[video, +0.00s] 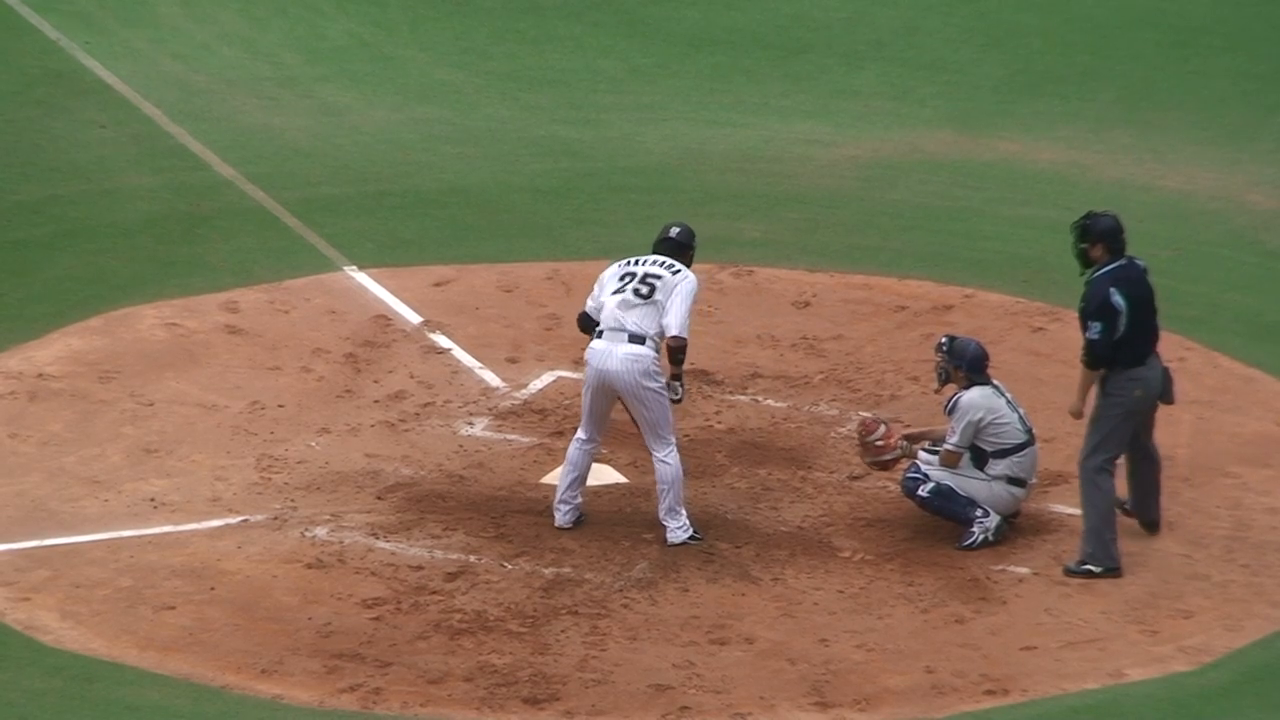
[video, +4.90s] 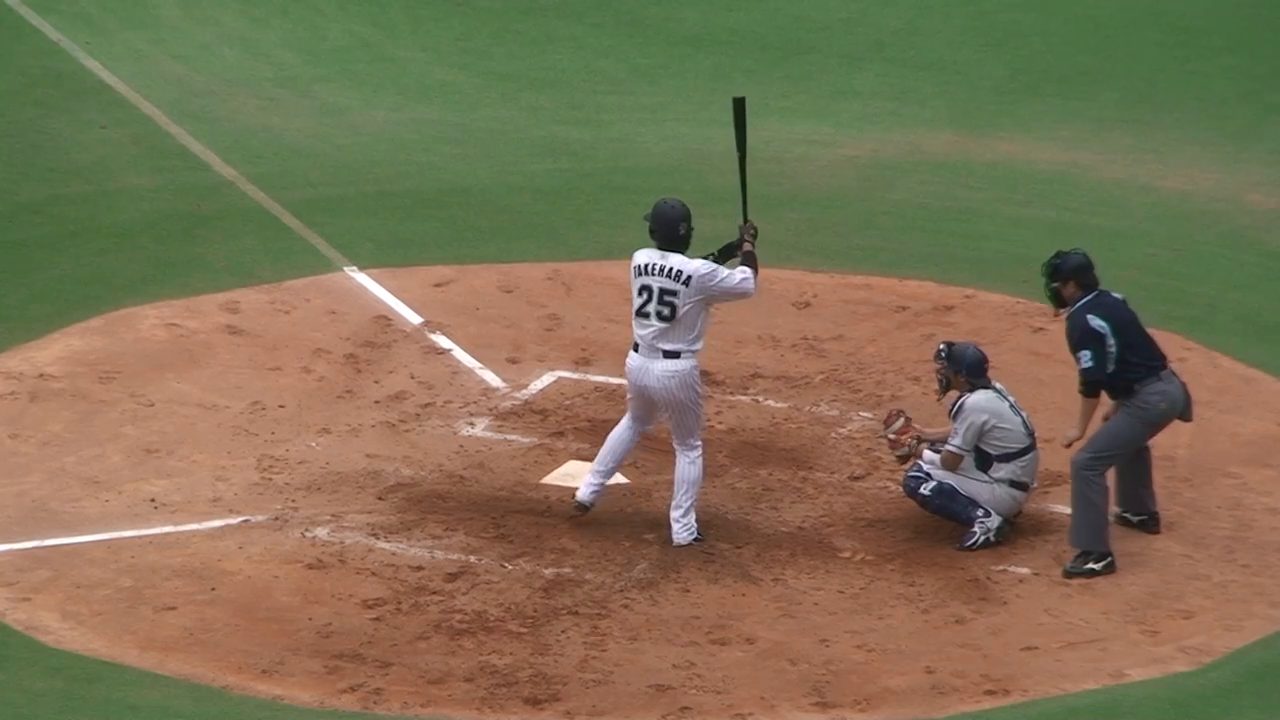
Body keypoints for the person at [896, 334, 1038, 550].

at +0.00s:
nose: (940, 366)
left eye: (945, 362)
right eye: (942, 361)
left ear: (960, 371)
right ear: (973, 370)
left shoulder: (969, 402)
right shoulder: (992, 387)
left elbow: (948, 462)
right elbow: (961, 433)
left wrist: (912, 452)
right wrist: (920, 435)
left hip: (1004, 492)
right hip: (1018, 482)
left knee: (914, 478)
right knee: (929, 451)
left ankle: (983, 519)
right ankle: (1002, 506)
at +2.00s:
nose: (941, 365)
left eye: (946, 362)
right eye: (943, 360)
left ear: (961, 370)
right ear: (976, 368)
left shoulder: (970, 401)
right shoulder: (993, 387)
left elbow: (946, 461)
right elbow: (963, 431)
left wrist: (908, 458)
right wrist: (923, 433)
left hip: (1002, 491)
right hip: (1016, 483)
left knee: (914, 480)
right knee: (925, 455)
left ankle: (983, 518)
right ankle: (1002, 506)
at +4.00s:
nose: (943, 369)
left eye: (948, 365)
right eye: (944, 364)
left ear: (964, 371)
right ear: (975, 370)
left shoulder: (975, 403)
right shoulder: (995, 387)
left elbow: (950, 460)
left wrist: (908, 459)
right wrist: (911, 459)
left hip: (1002, 493)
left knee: (915, 480)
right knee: (934, 443)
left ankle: (984, 519)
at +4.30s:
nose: (940, 376)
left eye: (944, 370)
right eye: (941, 370)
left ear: (960, 374)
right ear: (976, 371)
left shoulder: (975, 403)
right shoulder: (994, 387)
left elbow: (951, 459)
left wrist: (908, 459)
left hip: (1003, 493)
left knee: (915, 480)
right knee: (935, 443)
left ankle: (984, 519)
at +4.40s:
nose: (940, 376)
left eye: (944, 371)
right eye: (941, 370)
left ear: (960, 375)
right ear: (976, 371)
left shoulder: (974, 403)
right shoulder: (993, 387)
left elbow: (950, 462)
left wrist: (909, 457)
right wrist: (947, 440)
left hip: (1003, 493)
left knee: (914, 480)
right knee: (933, 442)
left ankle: (983, 519)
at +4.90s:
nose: (940, 371)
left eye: (945, 368)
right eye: (941, 366)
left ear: (961, 376)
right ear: (971, 375)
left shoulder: (974, 406)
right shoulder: (993, 389)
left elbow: (950, 464)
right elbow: (964, 436)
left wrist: (919, 450)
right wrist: (925, 435)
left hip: (1004, 494)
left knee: (916, 478)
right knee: (932, 453)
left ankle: (985, 520)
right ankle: (1003, 507)